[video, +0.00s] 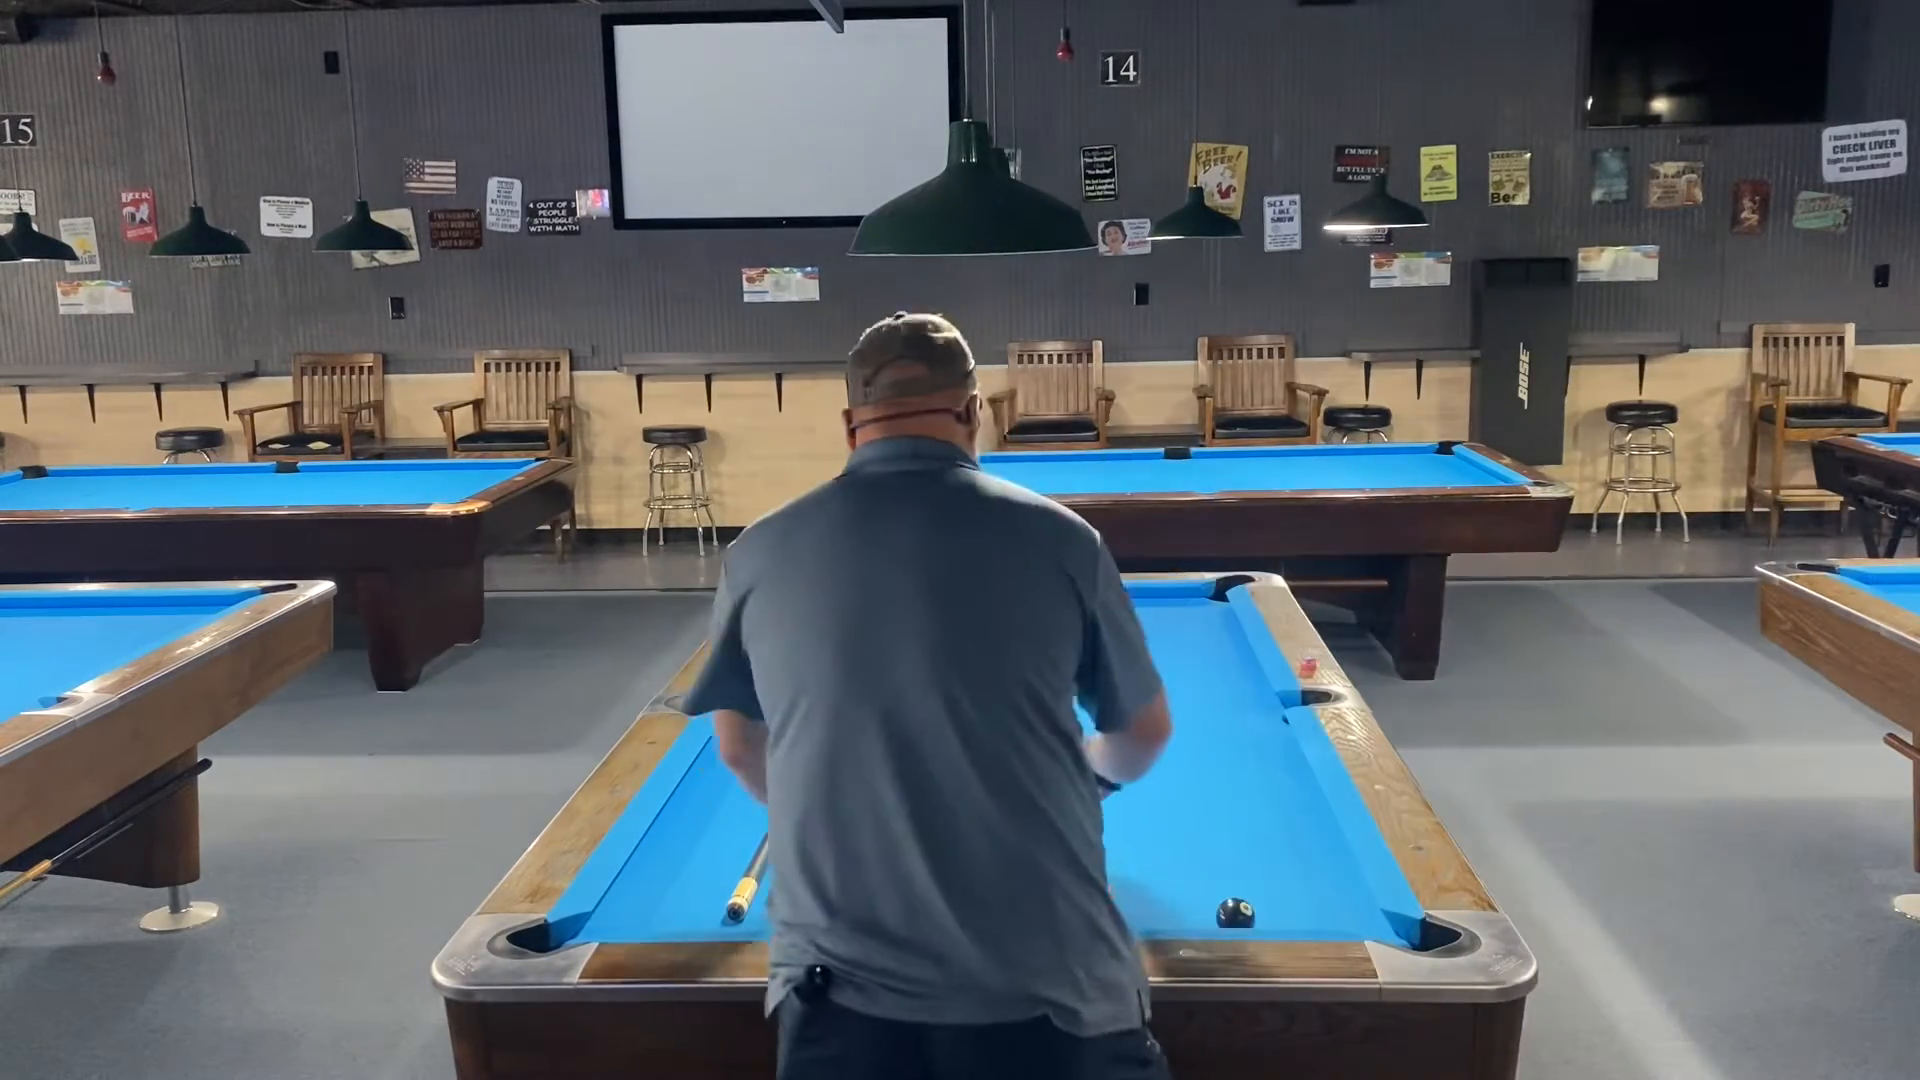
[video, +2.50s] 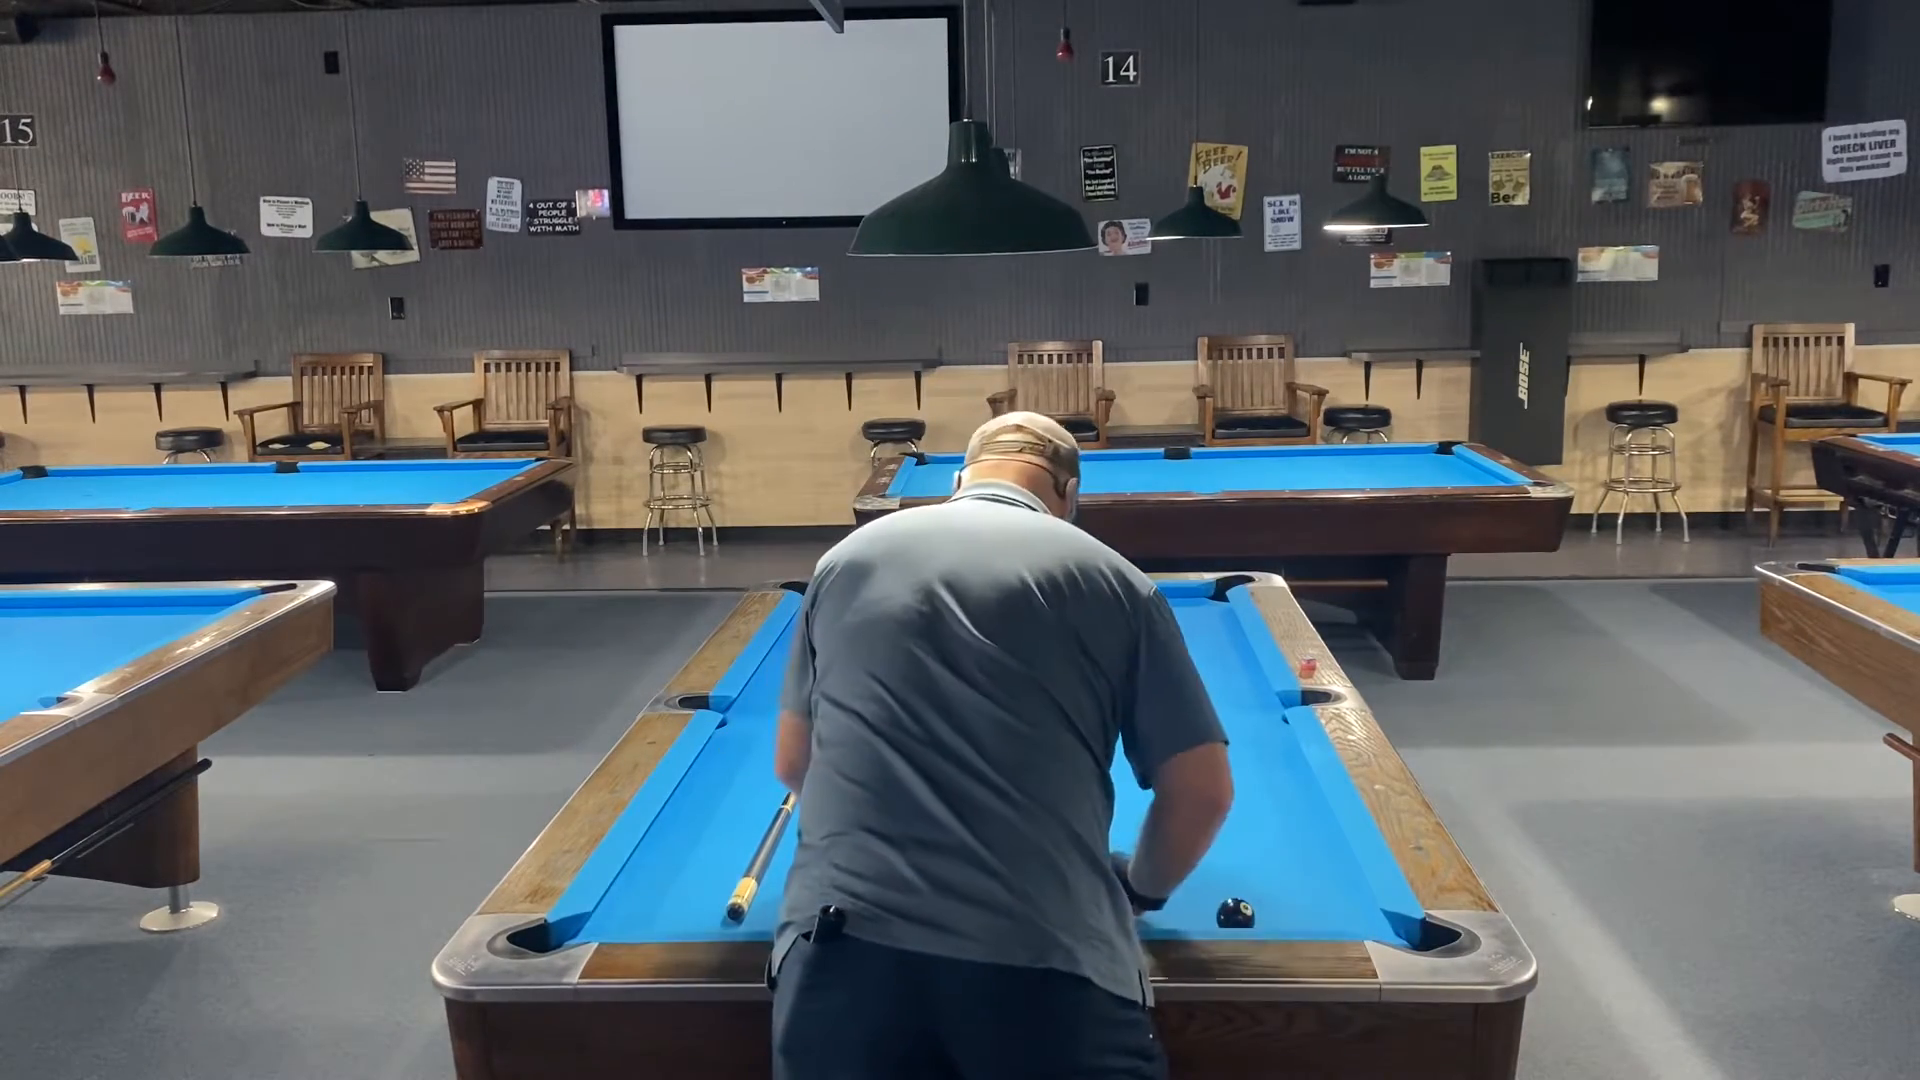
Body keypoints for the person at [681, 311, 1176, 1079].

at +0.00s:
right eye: (974, 412)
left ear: (851, 426)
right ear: (973, 415)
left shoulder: (764, 548)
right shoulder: (1061, 538)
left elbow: (738, 742)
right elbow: (1142, 731)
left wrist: (817, 812)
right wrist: (1084, 767)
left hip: (844, 1014)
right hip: (1049, 1016)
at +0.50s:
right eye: (1006, 488)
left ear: (895, 497)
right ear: (1007, 495)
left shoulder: (826, 551)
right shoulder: (1080, 587)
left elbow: (783, 746)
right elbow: (1163, 779)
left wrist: (822, 849)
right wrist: (1067, 840)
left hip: (857, 969)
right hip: (1061, 976)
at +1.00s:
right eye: (1018, 506)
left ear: (906, 509)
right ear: (1015, 514)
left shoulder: (835, 555)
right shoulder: (1085, 606)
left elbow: (779, 748)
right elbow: (1121, 792)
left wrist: (826, 857)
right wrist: (1018, 845)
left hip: (857, 958)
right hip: (1058, 970)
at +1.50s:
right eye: (1029, 519)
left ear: (917, 522)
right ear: (1023, 522)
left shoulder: (835, 583)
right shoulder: (1086, 600)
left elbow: (811, 757)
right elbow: (1171, 801)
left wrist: (877, 804)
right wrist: (1148, 831)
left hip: (847, 958)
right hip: (1048, 965)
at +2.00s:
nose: (1085, 535)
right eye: (1086, 523)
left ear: (972, 506)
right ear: (1070, 518)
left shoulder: (877, 559)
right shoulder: (1113, 593)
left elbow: (876, 717)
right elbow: (1196, 793)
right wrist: (1158, 822)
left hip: (842, 949)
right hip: (1044, 966)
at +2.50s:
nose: (1078, 514)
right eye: (1076, 499)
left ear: (960, 480)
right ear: (1064, 491)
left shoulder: (849, 556)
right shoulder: (1115, 581)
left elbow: (794, 760)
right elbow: (1202, 788)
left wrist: (881, 815)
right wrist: (1138, 886)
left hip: (845, 962)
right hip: (1049, 976)